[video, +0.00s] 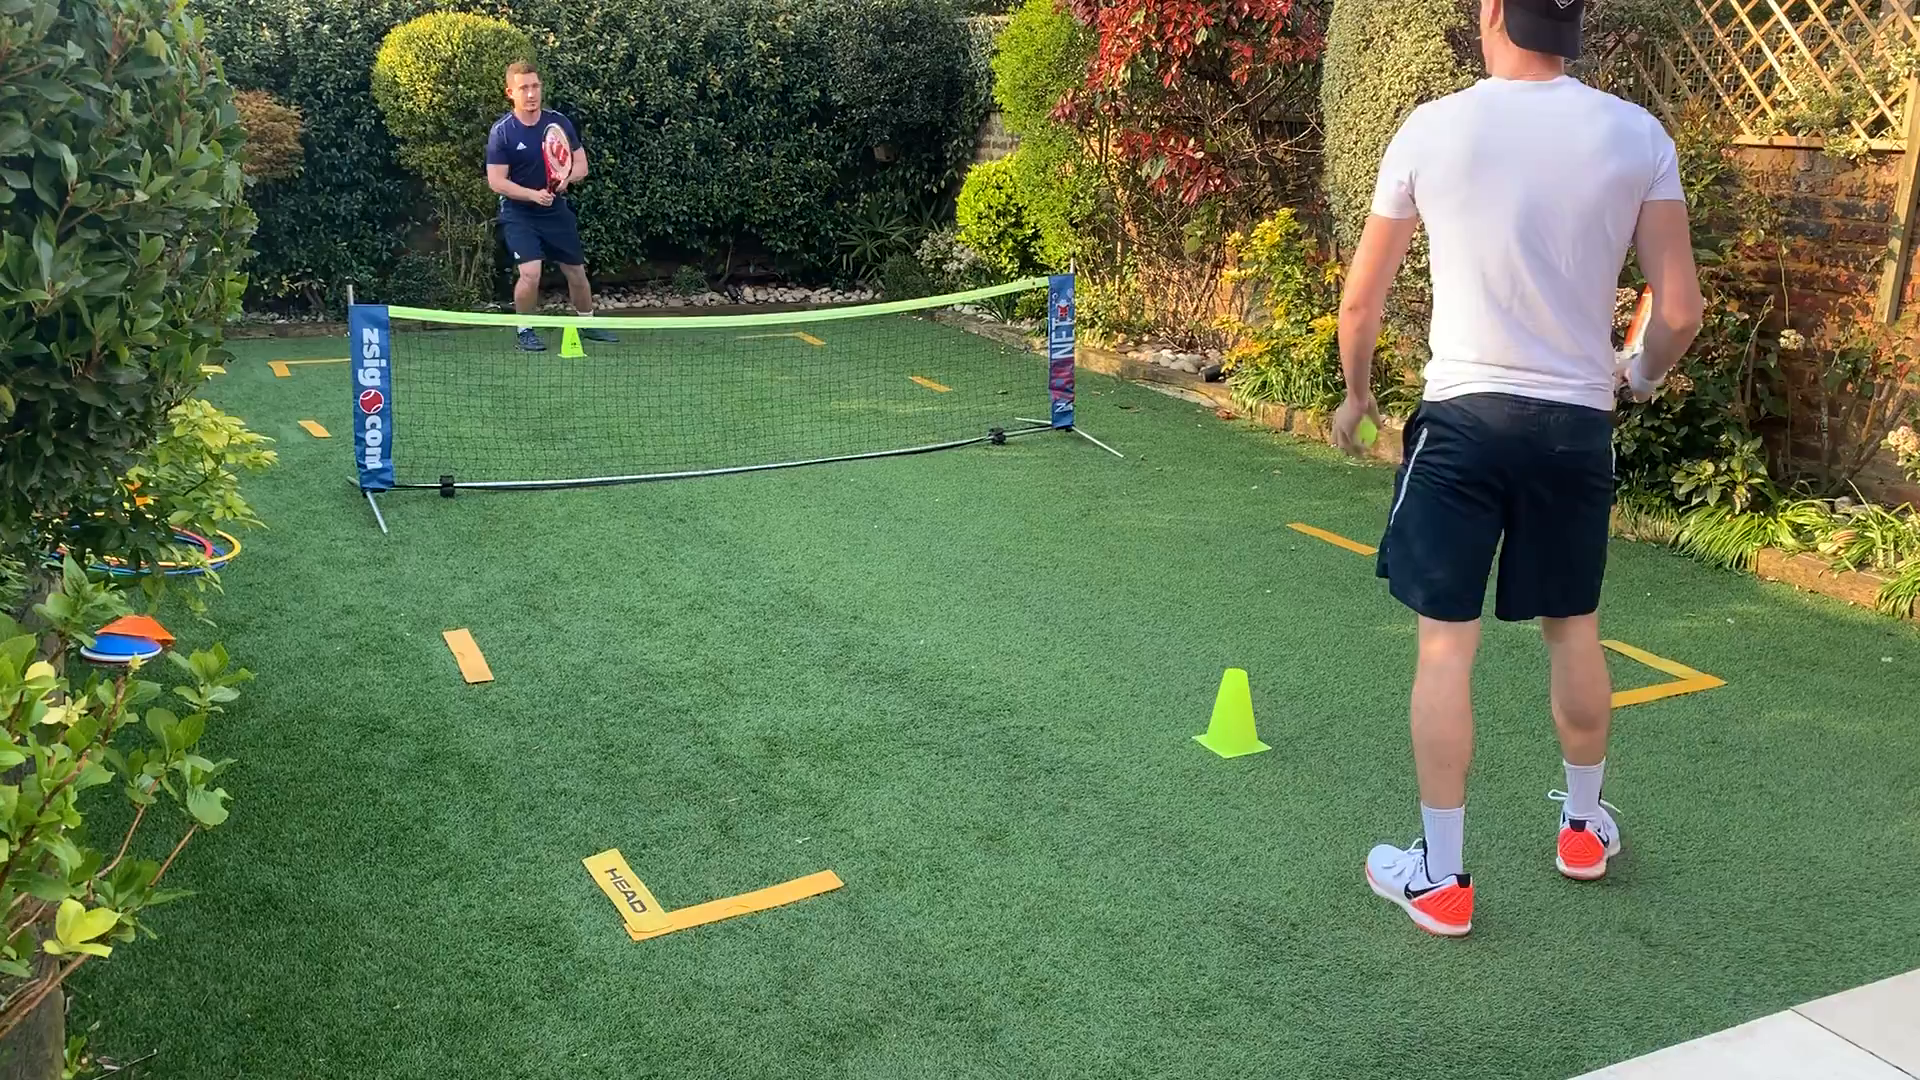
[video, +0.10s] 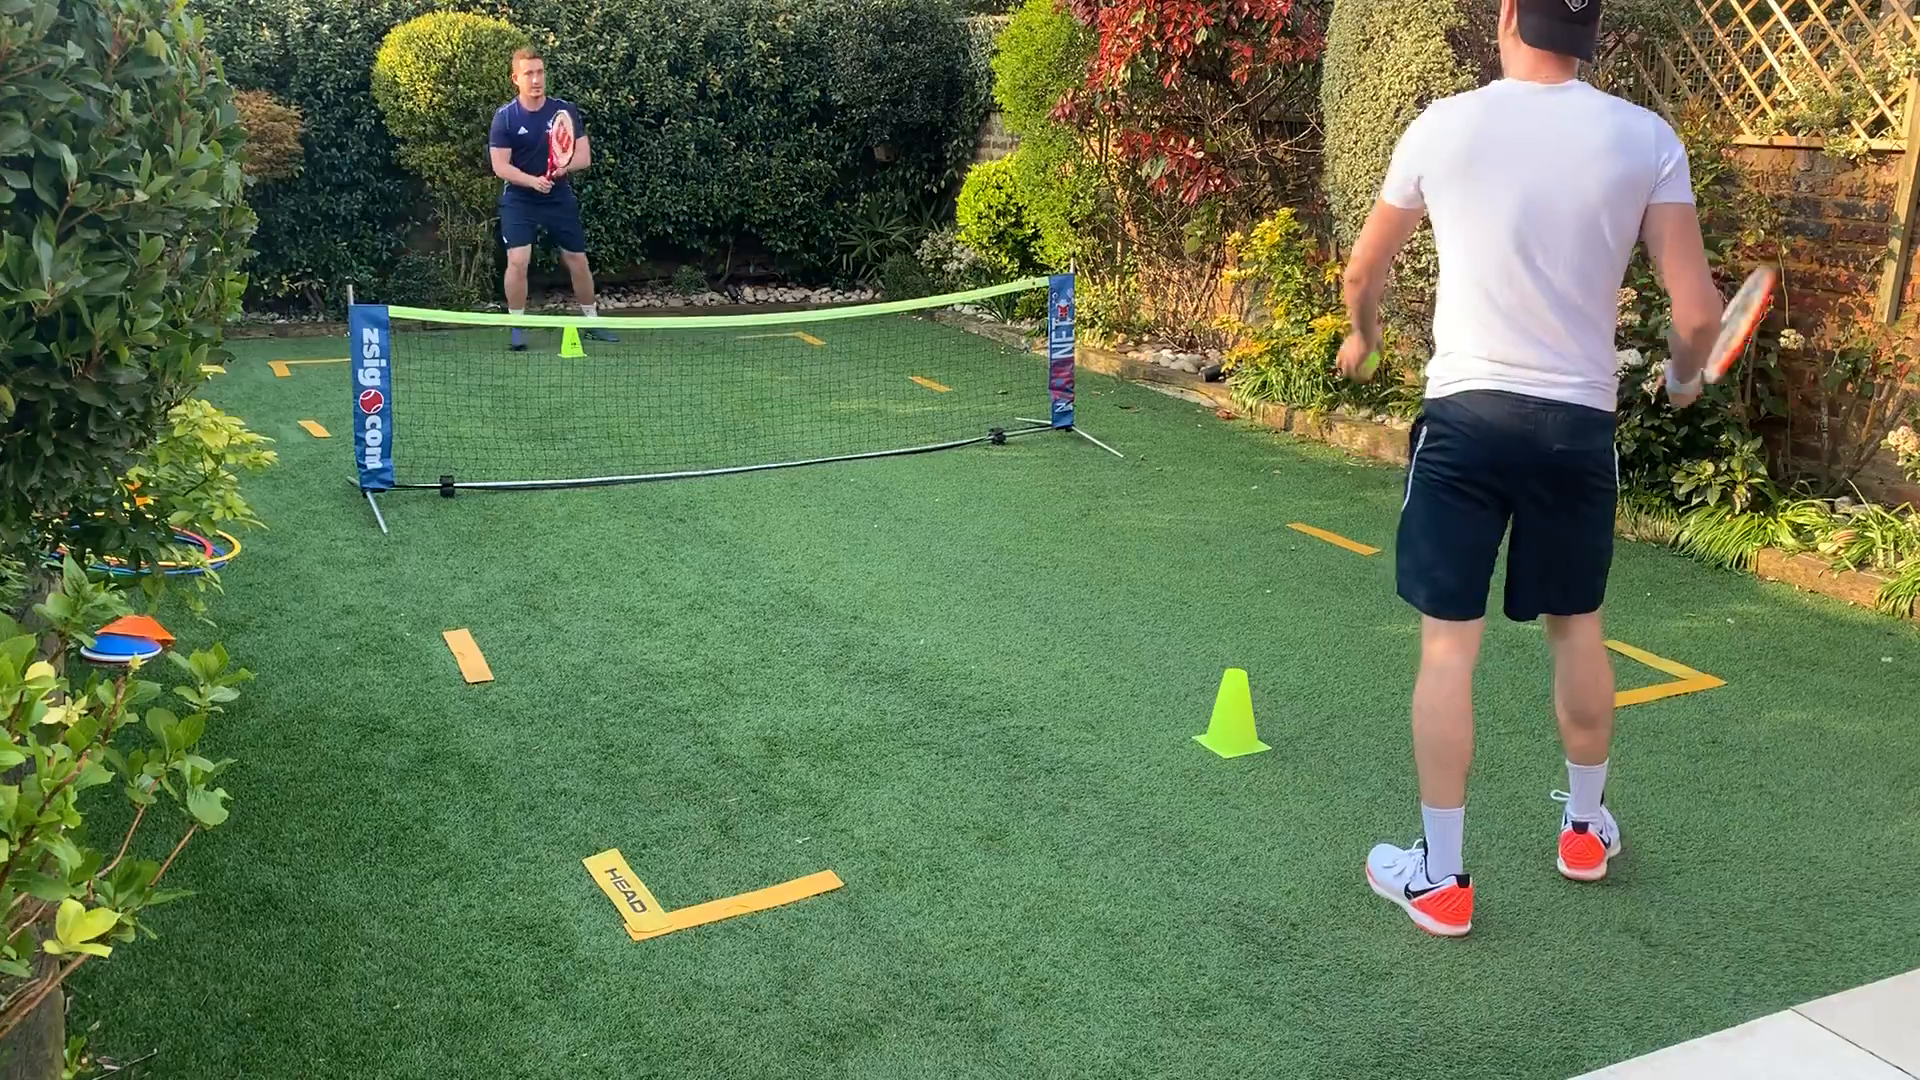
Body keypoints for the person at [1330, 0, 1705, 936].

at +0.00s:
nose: (1480, 23)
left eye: (1481, 13)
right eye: (1491, 15)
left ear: (1492, 19)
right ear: (1574, 32)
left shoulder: (1434, 126)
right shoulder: (1636, 135)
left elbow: (1362, 295)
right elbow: (1679, 311)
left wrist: (1354, 393)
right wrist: (1637, 373)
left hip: (1462, 417)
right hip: (1576, 427)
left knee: (1445, 643)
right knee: (1573, 623)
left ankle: (1442, 874)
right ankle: (1585, 823)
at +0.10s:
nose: (1499, 26)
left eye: (1501, 17)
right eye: (1517, 19)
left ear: (1508, 22)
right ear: (1589, 39)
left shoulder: (1446, 124)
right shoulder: (1645, 137)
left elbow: (1363, 278)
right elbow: (1695, 312)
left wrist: (1361, 335)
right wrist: (1685, 370)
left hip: (1466, 416)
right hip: (1579, 427)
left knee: (1447, 647)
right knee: (1577, 626)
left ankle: (1443, 873)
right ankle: (1585, 825)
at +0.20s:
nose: (1523, 35)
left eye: (1524, 25)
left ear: (1528, 31)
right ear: (1613, 50)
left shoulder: (1465, 121)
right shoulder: (1656, 147)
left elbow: (1373, 239)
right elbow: (1706, 319)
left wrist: (1389, 280)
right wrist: (1706, 393)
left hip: (1467, 411)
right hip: (1578, 427)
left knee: (1449, 642)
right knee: (1579, 623)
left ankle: (1440, 876)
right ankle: (1586, 827)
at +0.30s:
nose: (1557, 44)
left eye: (1555, 33)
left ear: (1550, 41)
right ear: (1634, 58)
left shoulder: (1482, 123)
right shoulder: (1670, 160)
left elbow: (1374, 229)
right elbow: (1699, 339)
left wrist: (1413, 266)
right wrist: (1688, 422)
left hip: (1472, 406)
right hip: (1583, 421)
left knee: (1453, 642)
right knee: (1582, 620)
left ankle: (1440, 874)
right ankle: (1586, 827)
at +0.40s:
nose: (1562, 52)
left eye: (1562, 42)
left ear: (1561, 50)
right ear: (1646, 71)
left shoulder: (1500, 124)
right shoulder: (1678, 171)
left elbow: (1369, 225)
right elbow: (1675, 349)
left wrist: (1402, 268)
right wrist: (1637, 428)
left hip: (1486, 405)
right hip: (1596, 415)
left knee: (1458, 638)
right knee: (1585, 616)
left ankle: (1444, 869)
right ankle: (1588, 829)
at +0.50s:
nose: (1560, 58)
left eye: (1562, 47)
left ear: (1567, 53)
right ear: (1650, 71)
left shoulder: (1507, 125)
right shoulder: (1677, 174)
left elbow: (1364, 219)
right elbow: (1649, 338)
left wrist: (1364, 281)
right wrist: (1601, 398)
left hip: (1497, 401)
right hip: (1606, 413)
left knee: (1457, 607)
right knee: (1590, 617)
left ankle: (1459, 820)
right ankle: (1589, 825)